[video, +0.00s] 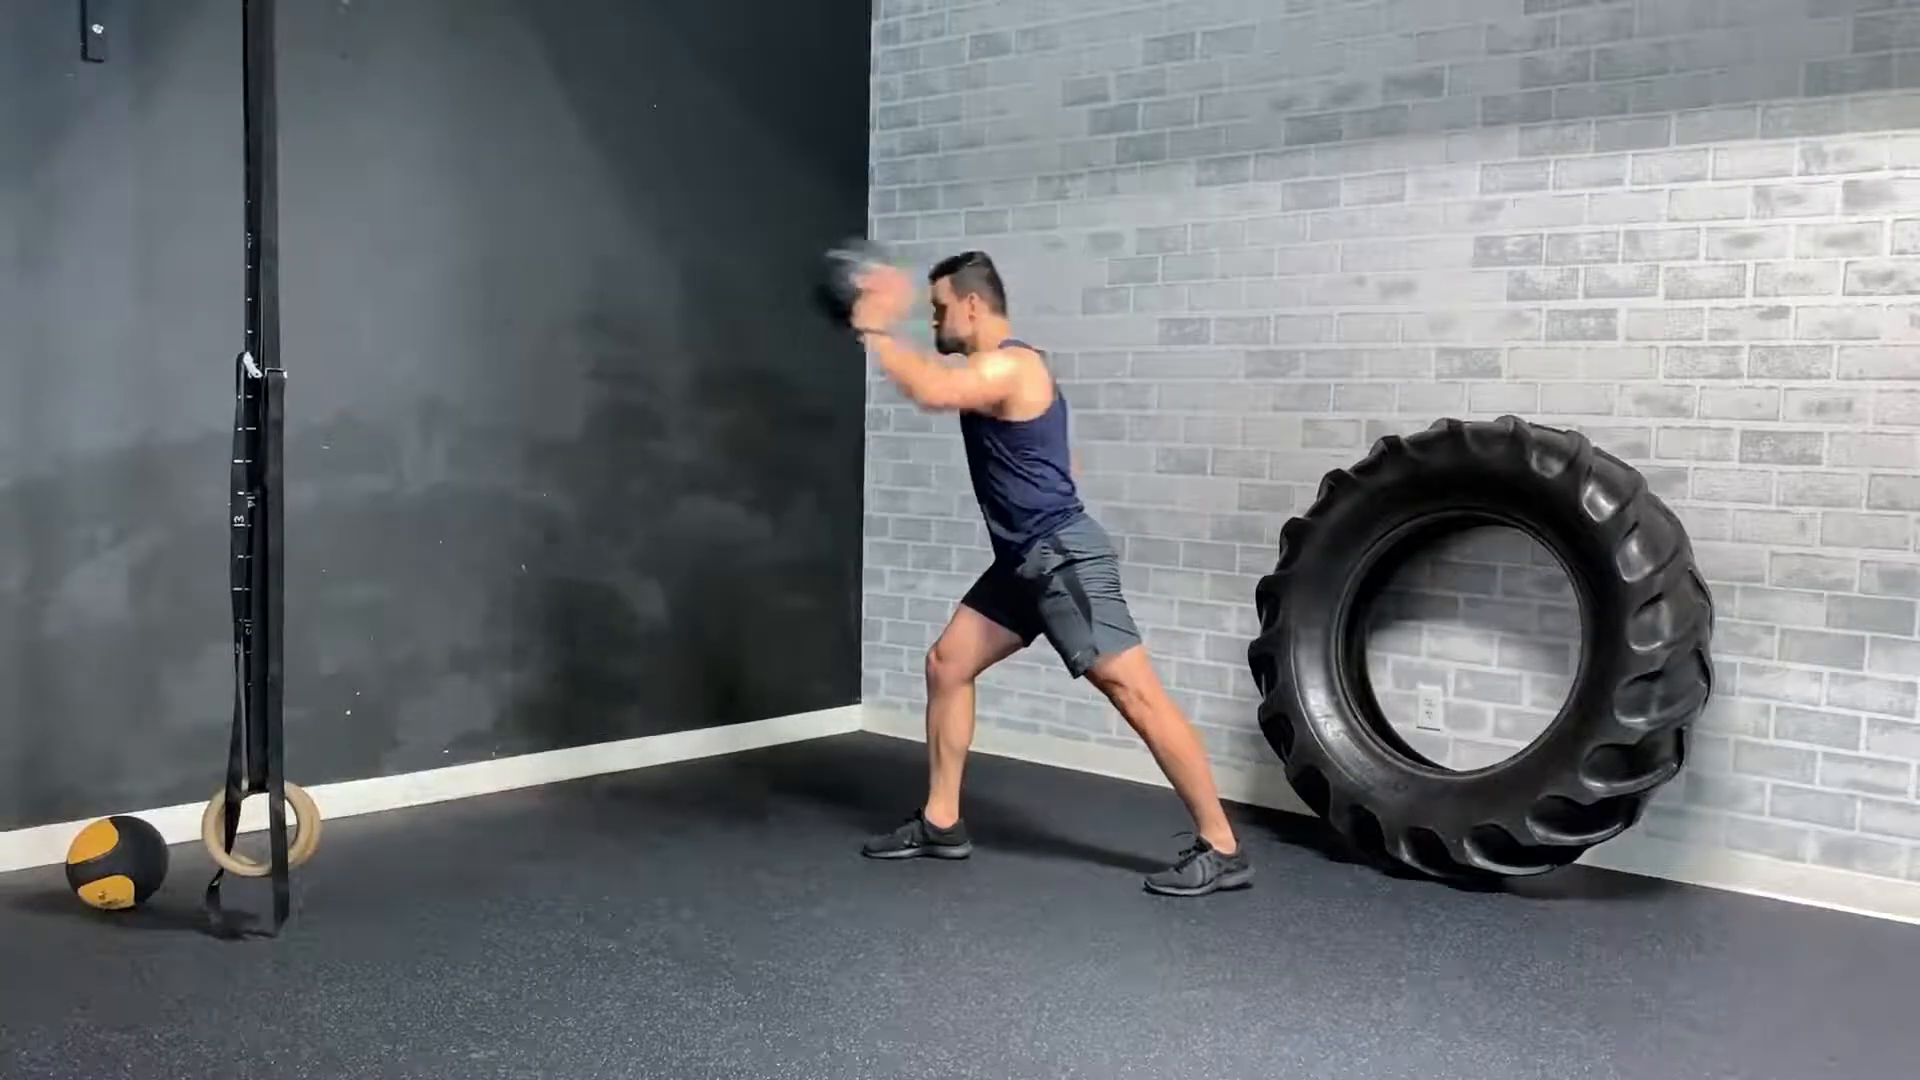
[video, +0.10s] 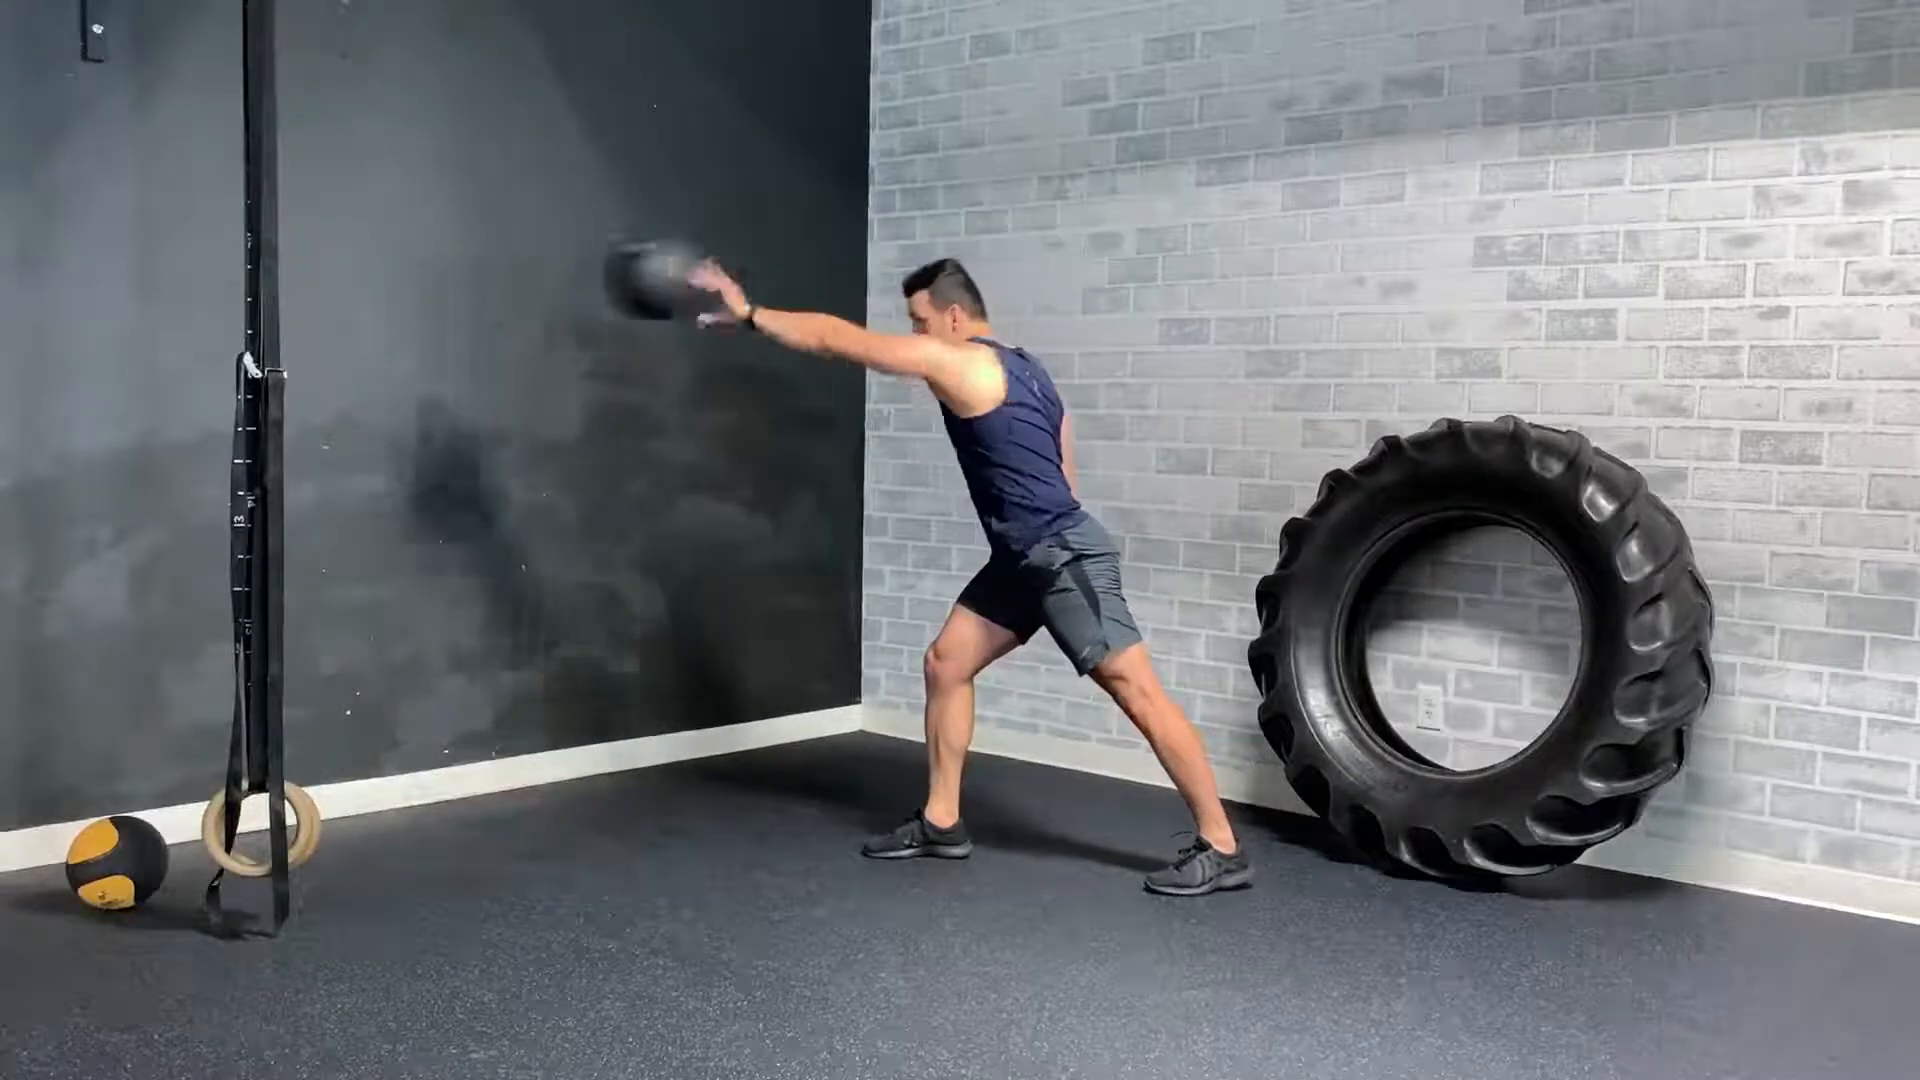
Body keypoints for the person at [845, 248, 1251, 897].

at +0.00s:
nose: (935, 322)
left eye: (941, 309)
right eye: (934, 311)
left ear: (976, 304)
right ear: (977, 307)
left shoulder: (1010, 366)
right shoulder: (999, 367)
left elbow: (931, 388)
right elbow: (1061, 459)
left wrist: (876, 333)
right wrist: (1054, 520)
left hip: (1064, 555)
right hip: (1026, 560)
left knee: (1137, 694)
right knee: (948, 665)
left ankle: (1221, 845)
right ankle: (941, 825)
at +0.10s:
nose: (918, 333)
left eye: (921, 320)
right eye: (915, 321)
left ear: (955, 311)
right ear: (970, 311)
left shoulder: (955, 361)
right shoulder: (1026, 370)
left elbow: (838, 338)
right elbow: (1063, 469)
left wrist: (751, 314)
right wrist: (1046, 535)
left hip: (1063, 553)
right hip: (1026, 560)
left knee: (1140, 696)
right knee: (947, 662)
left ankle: (1221, 844)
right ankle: (940, 822)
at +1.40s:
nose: (932, 343)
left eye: (934, 329)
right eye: (931, 331)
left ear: (966, 319)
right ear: (985, 318)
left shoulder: (971, 370)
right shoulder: (1057, 381)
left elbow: (869, 388)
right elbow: (1080, 488)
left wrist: (778, 398)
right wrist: (1043, 547)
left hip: (1066, 560)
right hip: (1045, 567)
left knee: (1140, 701)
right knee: (957, 662)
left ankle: (1226, 849)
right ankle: (942, 822)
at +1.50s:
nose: (941, 342)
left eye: (943, 327)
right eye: (939, 330)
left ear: (973, 317)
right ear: (992, 315)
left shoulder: (975, 376)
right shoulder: (1060, 378)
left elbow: (877, 426)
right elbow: (1084, 489)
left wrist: (798, 463)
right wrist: (1044, 549)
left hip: (1067, 561)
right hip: (1049, 564)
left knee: (1139, 701)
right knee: (958, 662)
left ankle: (1225, 849)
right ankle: (942, 822)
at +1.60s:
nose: (950, 334)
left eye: (953, 319)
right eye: (948, 321)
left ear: (985, 313)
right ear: (1003, 313)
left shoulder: (992, 379)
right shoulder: (1070, 378)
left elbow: (914, 471)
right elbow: (1087, 490)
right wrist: (1051, 550)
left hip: (1069, 564)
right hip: (1045, 565)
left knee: (1139, 704)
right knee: (959, 662)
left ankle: (1225, 848)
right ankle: (942, 825)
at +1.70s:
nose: (957, 330)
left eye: (960, 316)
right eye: (955, 317)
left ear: (992, 309)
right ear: (1010, 310)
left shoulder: (1001, 381)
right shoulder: (1071, 375)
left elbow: (973, 496)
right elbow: (1091, 488)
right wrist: (1044, 547)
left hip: (1071, 561)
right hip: (1051, 563)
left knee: (1138, 702)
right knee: (960, 665)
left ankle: (1225, 848)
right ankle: (941, 824)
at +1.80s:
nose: (964, 324)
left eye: (967, 310)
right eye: (962, 311)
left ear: (1000, 305)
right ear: (1014, 305)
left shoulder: (1016, 380)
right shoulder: (1067, 365)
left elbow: (1032, 493)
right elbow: (1093, 481)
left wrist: (1033, 588)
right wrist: (1053, 547)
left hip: (1076, 559)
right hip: (1058, 555)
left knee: (1141, 700)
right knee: (965, 666)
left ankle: (1225, 848)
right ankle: (940, 824)